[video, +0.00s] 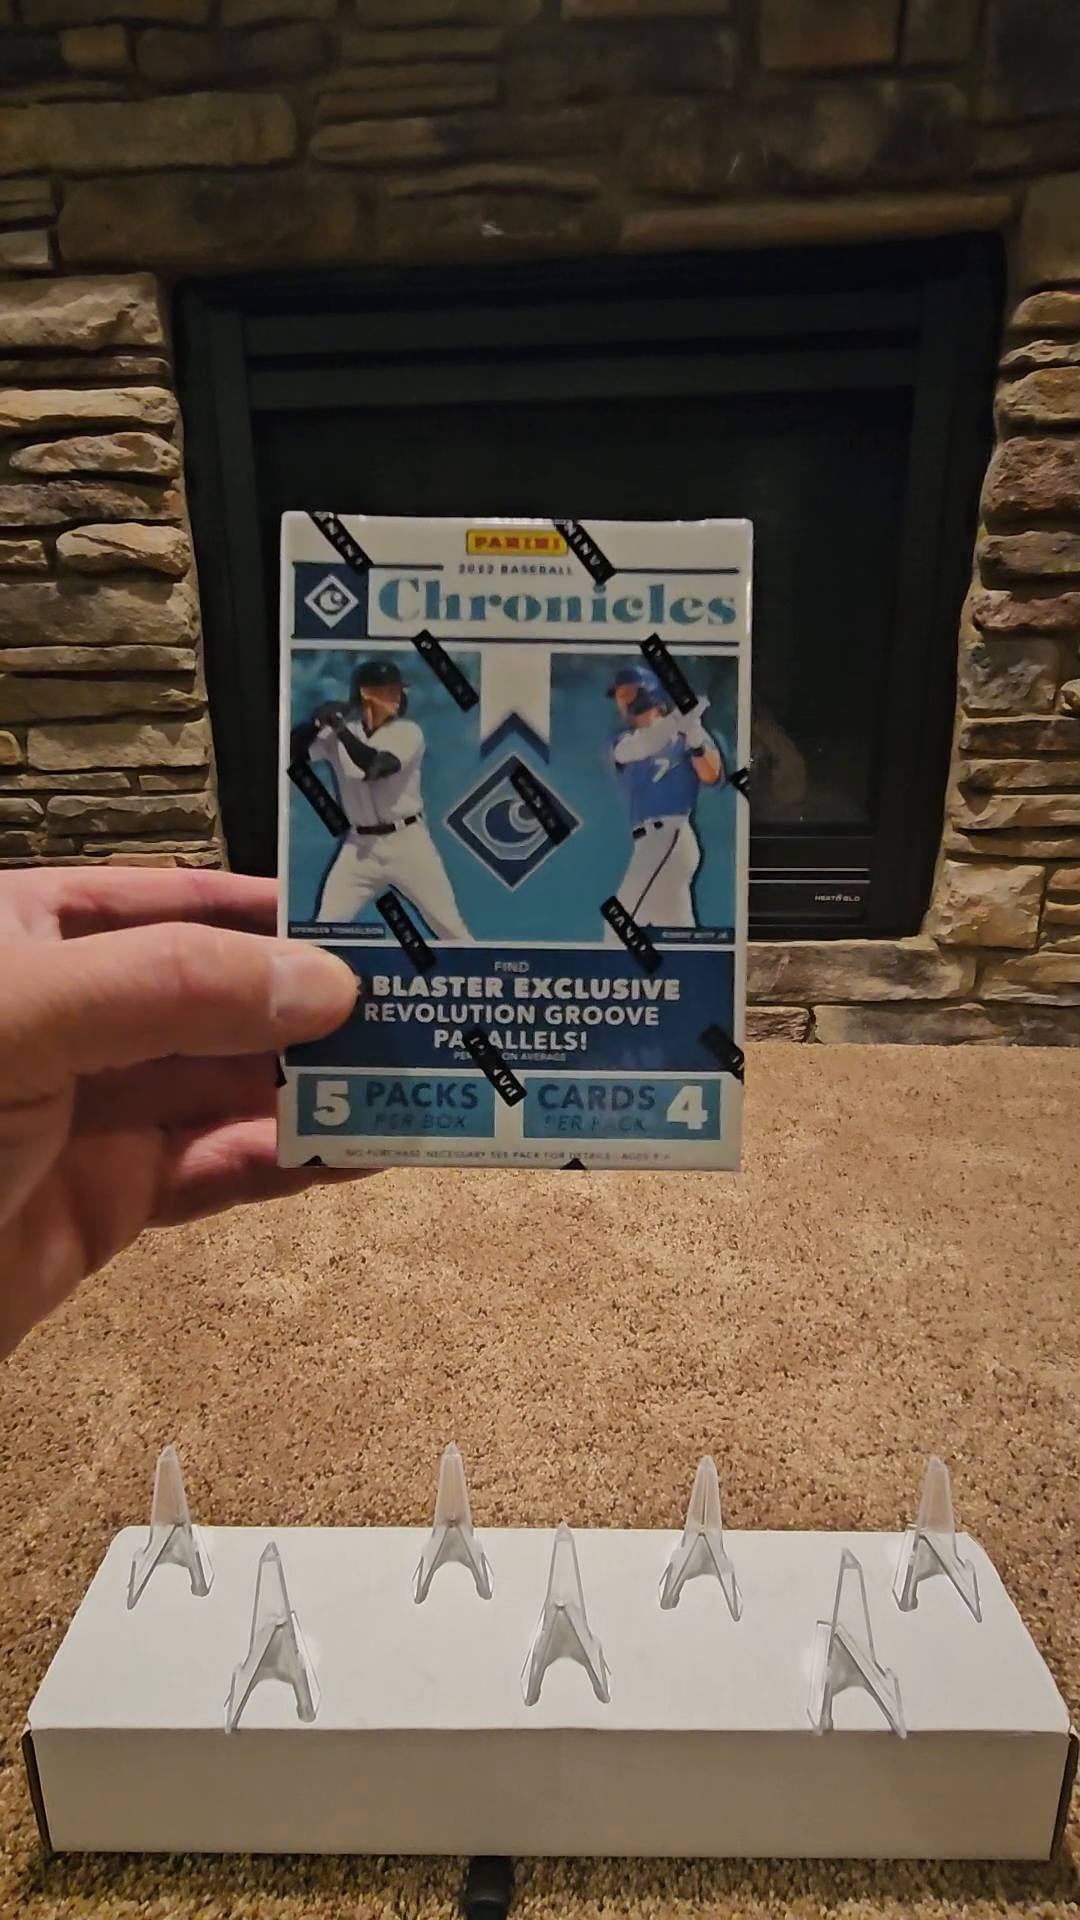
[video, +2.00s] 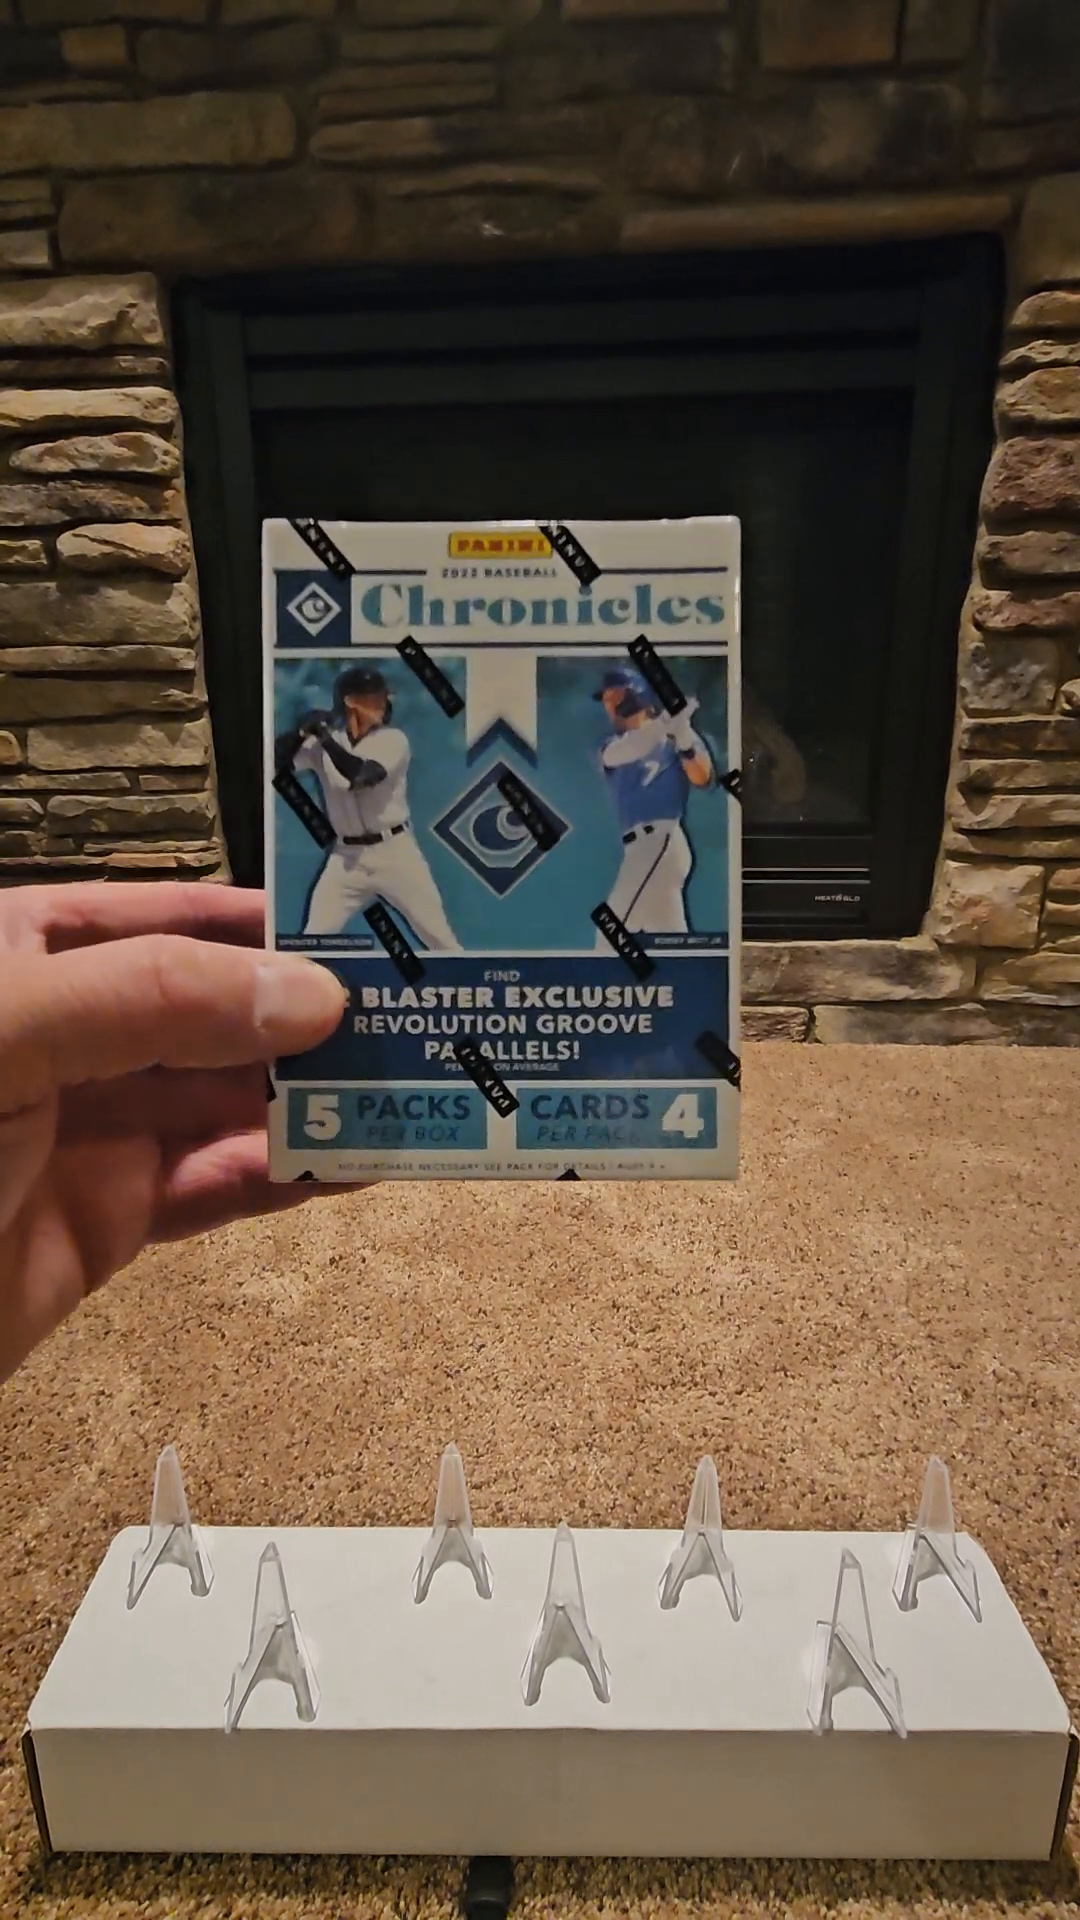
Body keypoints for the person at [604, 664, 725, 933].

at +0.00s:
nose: (622, 704)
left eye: (629, 695)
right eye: (619, 697)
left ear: (649, 695)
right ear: (616, 700)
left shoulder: (688, 732)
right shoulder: (621, 741)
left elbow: (711, 777)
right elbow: (642, 746)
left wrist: (694, 733)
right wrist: (676, 719)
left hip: (671, 838)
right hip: (648, 841)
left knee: (620, 924)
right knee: (680, 936)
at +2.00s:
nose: (609, 710)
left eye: (615, 700)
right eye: (606, 702)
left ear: (634, 698)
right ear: (604, 705)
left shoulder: (676, 734)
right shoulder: (611, 746)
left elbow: (702, 779)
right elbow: (630, 750)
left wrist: (684, 737)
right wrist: (666, 722)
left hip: (661, 843)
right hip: (637, 847)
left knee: (612, 930)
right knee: (671, 942)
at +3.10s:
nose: (619, 660)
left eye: (627, 649)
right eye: (615, 652)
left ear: (649, 650)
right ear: (610, 657)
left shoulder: (689, 690)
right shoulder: (616, 700)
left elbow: (715, 740)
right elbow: (628, 712)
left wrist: (698, 693)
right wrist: (674, 681)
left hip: (671, 809)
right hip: (645, 813)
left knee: (616, 907)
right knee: (678, 918)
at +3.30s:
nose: (600, 614)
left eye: (608, 603)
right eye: (595, 605)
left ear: (629, 602)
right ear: (589, 610)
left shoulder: (670, 643)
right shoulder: (595, 655)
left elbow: (698, 696)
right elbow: (624, 658)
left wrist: (679, 648)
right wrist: (660, 627)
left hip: (652, 768)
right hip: (625, 771)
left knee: (594, 868)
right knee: (659, 880)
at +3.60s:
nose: (622, 558)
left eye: (630, 547)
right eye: (617, 550)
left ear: (656, 549)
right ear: (613, 556)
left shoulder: (699, 592)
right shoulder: (622, 606)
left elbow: (732, 649)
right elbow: (642, 614)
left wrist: (710, 594)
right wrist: (682, 583)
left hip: (682, 727)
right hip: (653, 731)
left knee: (621, 835)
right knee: (693, 848)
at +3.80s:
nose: (644, 525)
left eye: (653, 513)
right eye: (641, 516)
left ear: (681, 514)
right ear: (638, 521)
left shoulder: (735, 562)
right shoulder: (652, 575)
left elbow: (765, 621)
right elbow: (655, 590)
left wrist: (742, 562)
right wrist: (718, 546)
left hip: (711, 704)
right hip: (682, 709)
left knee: (647, 819)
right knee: (721, 833)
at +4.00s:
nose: (679, 509)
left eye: (688, 496)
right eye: (674, 500)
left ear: (717, 497)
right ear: (670, 506)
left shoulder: (769, 547)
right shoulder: (680, 562)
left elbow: (801, 609)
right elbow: (698, 572)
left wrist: (777, 546)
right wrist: (757, 528)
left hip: (744, 697)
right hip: (713, 702)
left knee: (676, 816)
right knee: (753, 832)